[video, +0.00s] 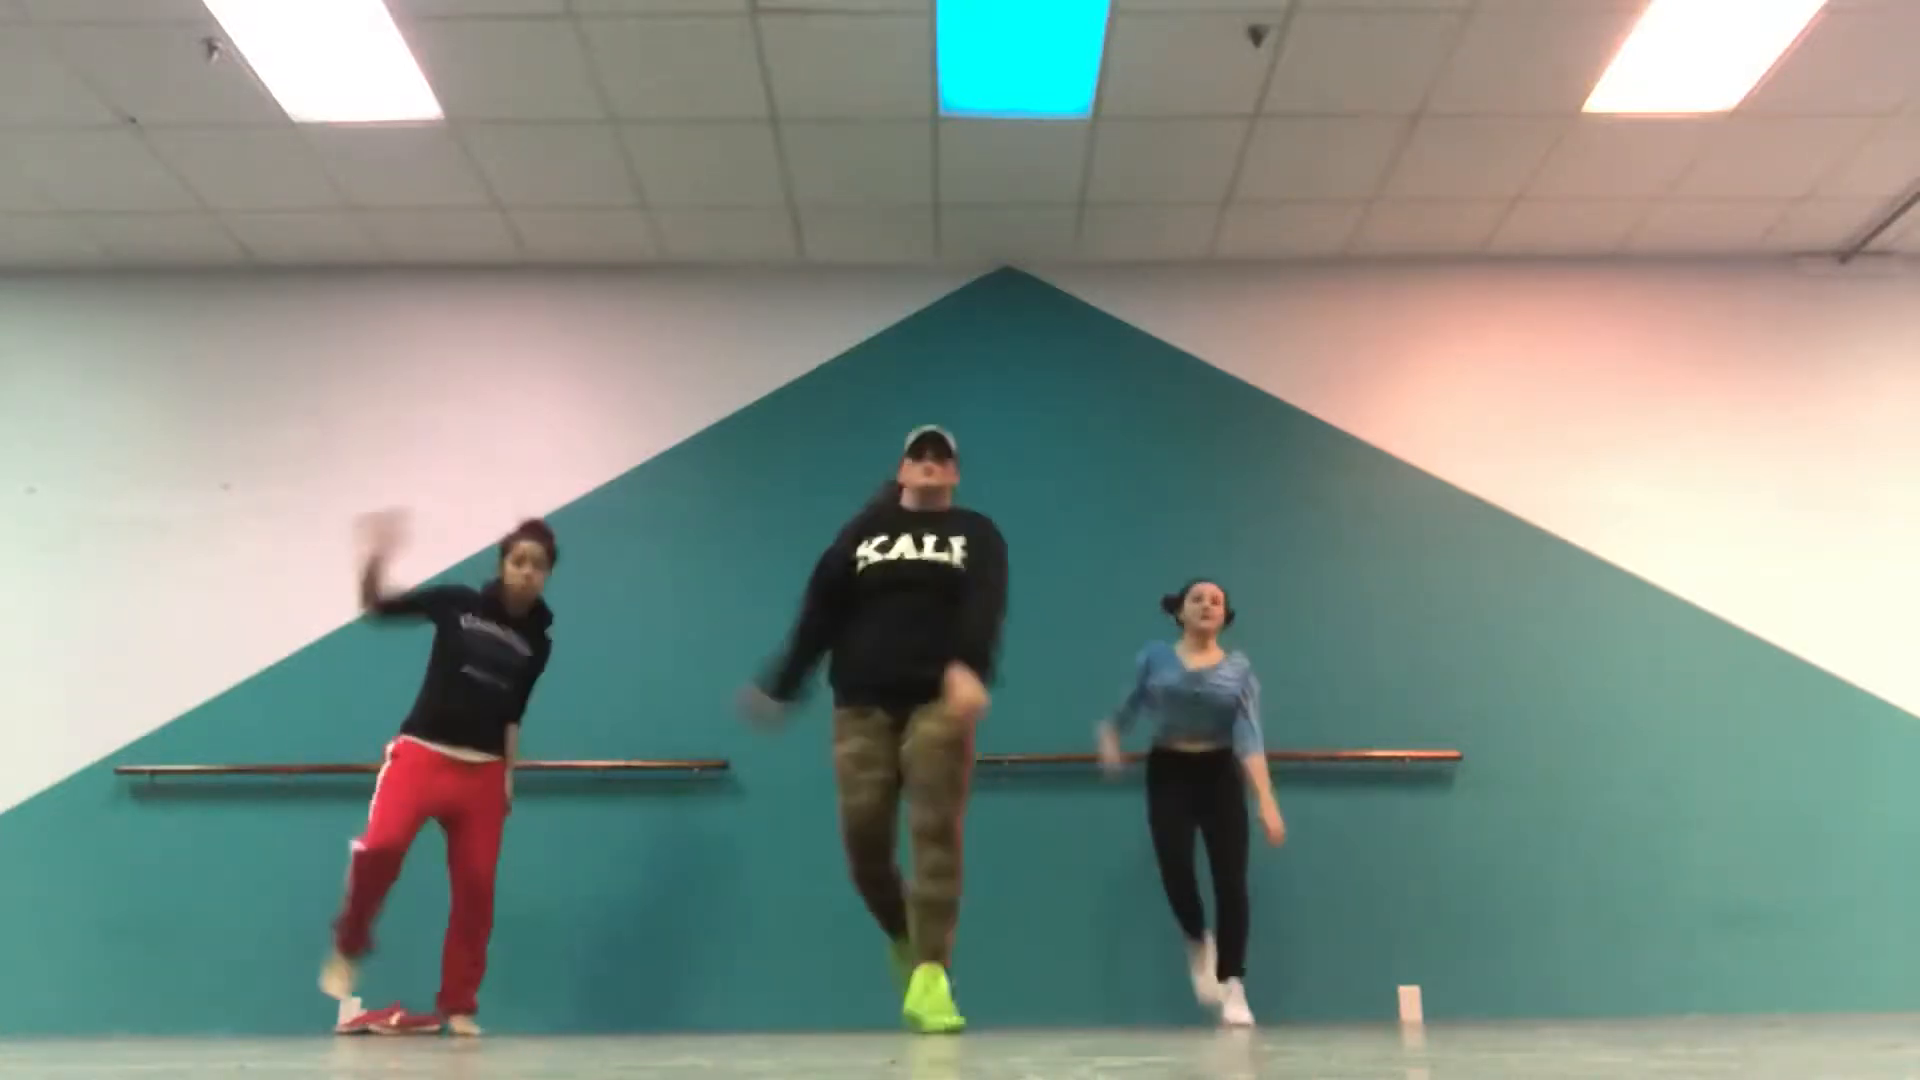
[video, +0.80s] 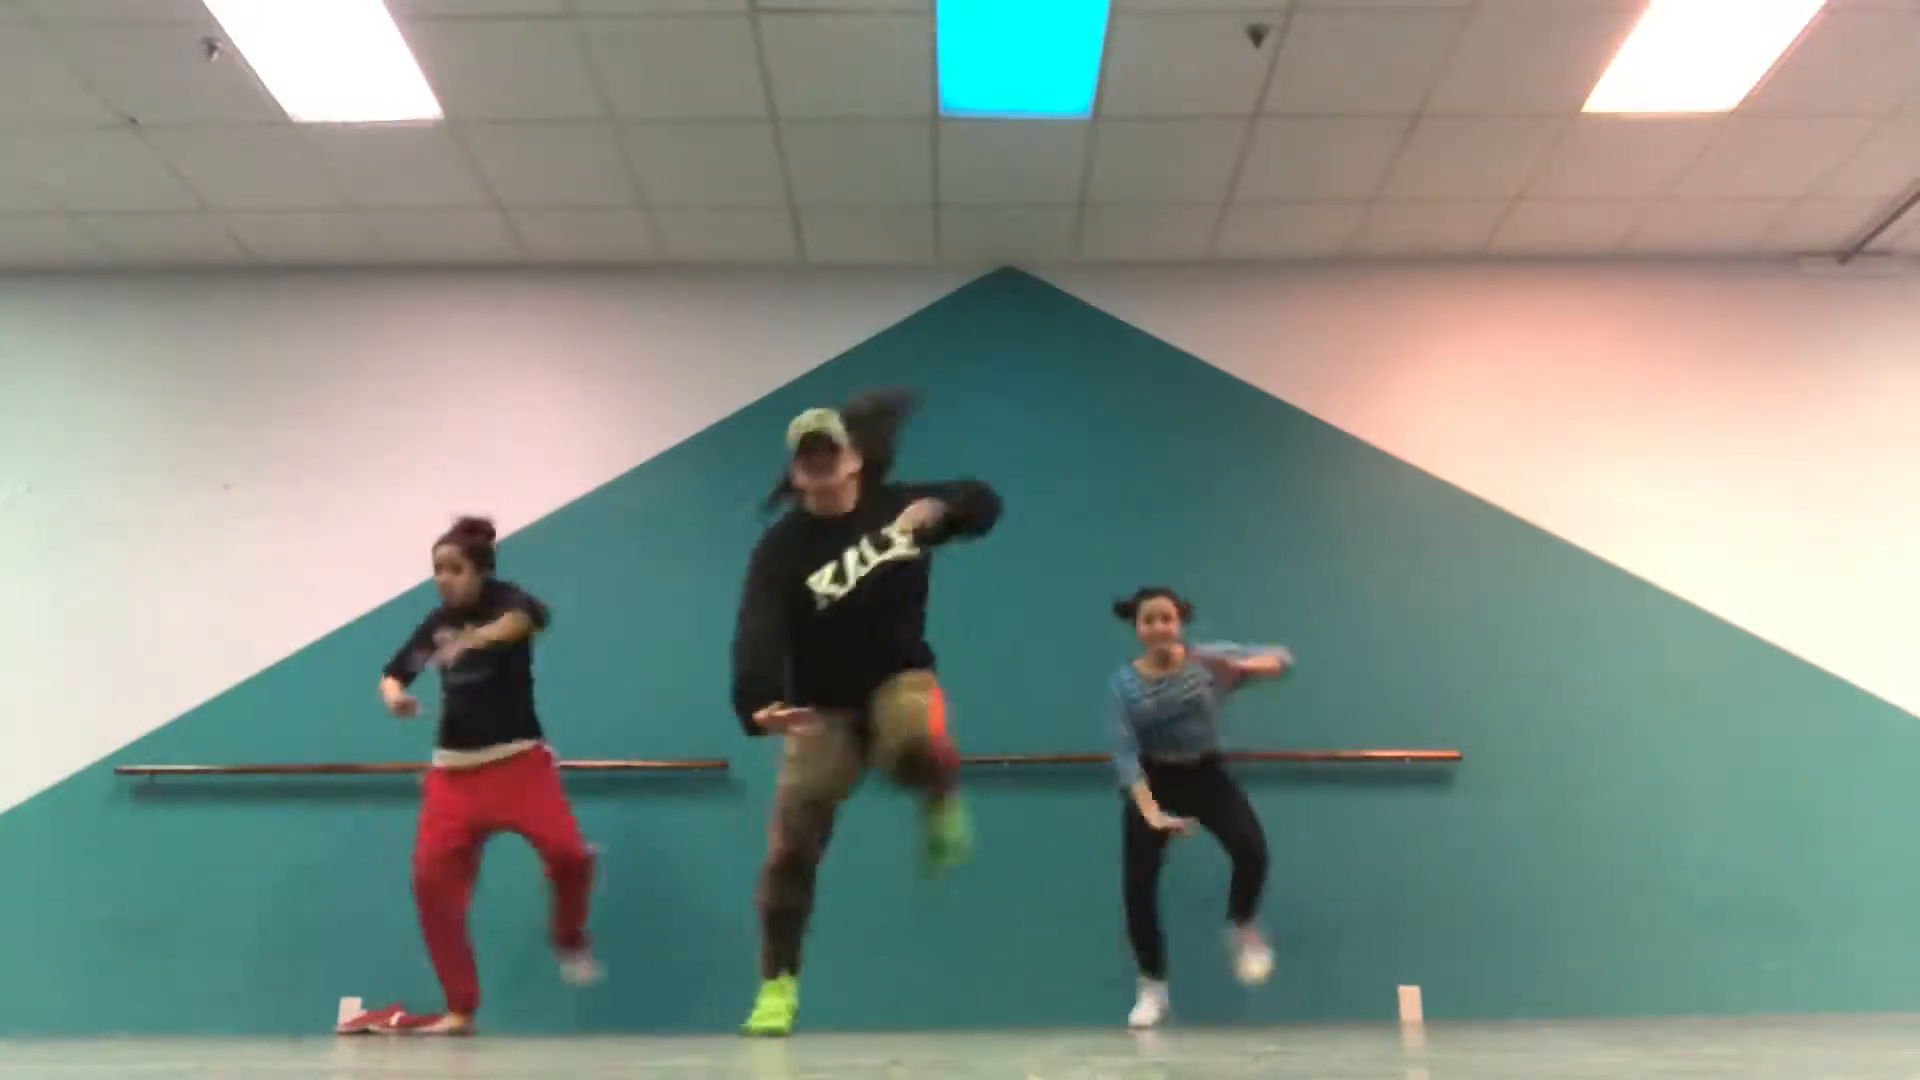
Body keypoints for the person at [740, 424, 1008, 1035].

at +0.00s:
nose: (929, 466)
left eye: (940, 460)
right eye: (919, 458)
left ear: (954, 475)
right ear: (900, 472)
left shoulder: (976, 534)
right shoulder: (862, 532)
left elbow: (984, 604)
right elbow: (821, 610)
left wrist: (971, 663)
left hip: (940, 699)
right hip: (862, 703)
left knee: (935, 833)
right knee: (864, 842)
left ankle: (933, 972)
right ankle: (903, 941)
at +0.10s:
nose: (930, 478)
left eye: (942, 471)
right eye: (920, 469)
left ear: (957, 486)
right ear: (901, 481)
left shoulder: (970, 564)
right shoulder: (868, 539)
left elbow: (996, 653)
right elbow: (820, 582)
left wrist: (1008, 736)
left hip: (929, 714)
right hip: (850, 707)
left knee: (939, 844)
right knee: (836, 798)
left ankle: (932, 981)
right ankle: (859, 887)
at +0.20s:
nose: (937, 482)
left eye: (949, 476)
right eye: (927, 473)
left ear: (964, 492)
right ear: (907, 482)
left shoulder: (970, 578)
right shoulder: (865, 523)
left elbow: (973, 667)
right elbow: (808, 523)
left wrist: (965, 740)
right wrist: (817, 478)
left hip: (910, 713)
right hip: (828, 697)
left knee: (935, 827)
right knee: (787, 761)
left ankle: (930, 980)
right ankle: (761, 897)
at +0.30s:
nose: (954, 506)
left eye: (967, 496)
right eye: (945, 492)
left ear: (982, 509)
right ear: (925, 495)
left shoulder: (972, 596)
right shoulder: (883, 524)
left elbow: (953, 681)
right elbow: (803, 523)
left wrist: (914, 737)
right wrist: (832, 576)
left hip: (878, 721)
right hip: (799, 695)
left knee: (930, 825)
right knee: (725, 810)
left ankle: (929, 979)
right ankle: (645, 931)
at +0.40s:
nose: (954, 540)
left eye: (967, 531)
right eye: (945, 525)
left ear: (976, 547)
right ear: (919, 528)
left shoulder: (947, 602)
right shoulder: (869, 575)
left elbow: (908, 678)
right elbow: (822, 646)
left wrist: (879, 739)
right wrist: (807, 725)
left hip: (853, 739)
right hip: (773, 721)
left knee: (930, 829)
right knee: (697, 836)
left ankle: (923, 987)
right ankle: (588, 973)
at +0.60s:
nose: (897, 470)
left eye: (907, 457)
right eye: (884, 457)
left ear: (921, 462)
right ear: (861, 462)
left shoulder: (926, 524)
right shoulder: (831, 523)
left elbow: (899, 620)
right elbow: (813, 613)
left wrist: (875, 701)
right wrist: (817, 700)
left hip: (872, 709)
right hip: (789, 701)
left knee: (919, 826)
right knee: (727, 833)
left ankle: (922, 983)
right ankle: (624, 967)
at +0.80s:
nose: (820, 469)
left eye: (831, 456)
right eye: (807, 460)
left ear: (856, 461)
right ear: (793, 474)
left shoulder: (901, 506)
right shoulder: (781, 548)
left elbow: (985, 506)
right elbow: (758, 626)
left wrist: (944, 512)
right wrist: (759, 699)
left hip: (899, 681)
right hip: (819, 703)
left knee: (917, 741)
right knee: (791, 845)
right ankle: (778, 979)